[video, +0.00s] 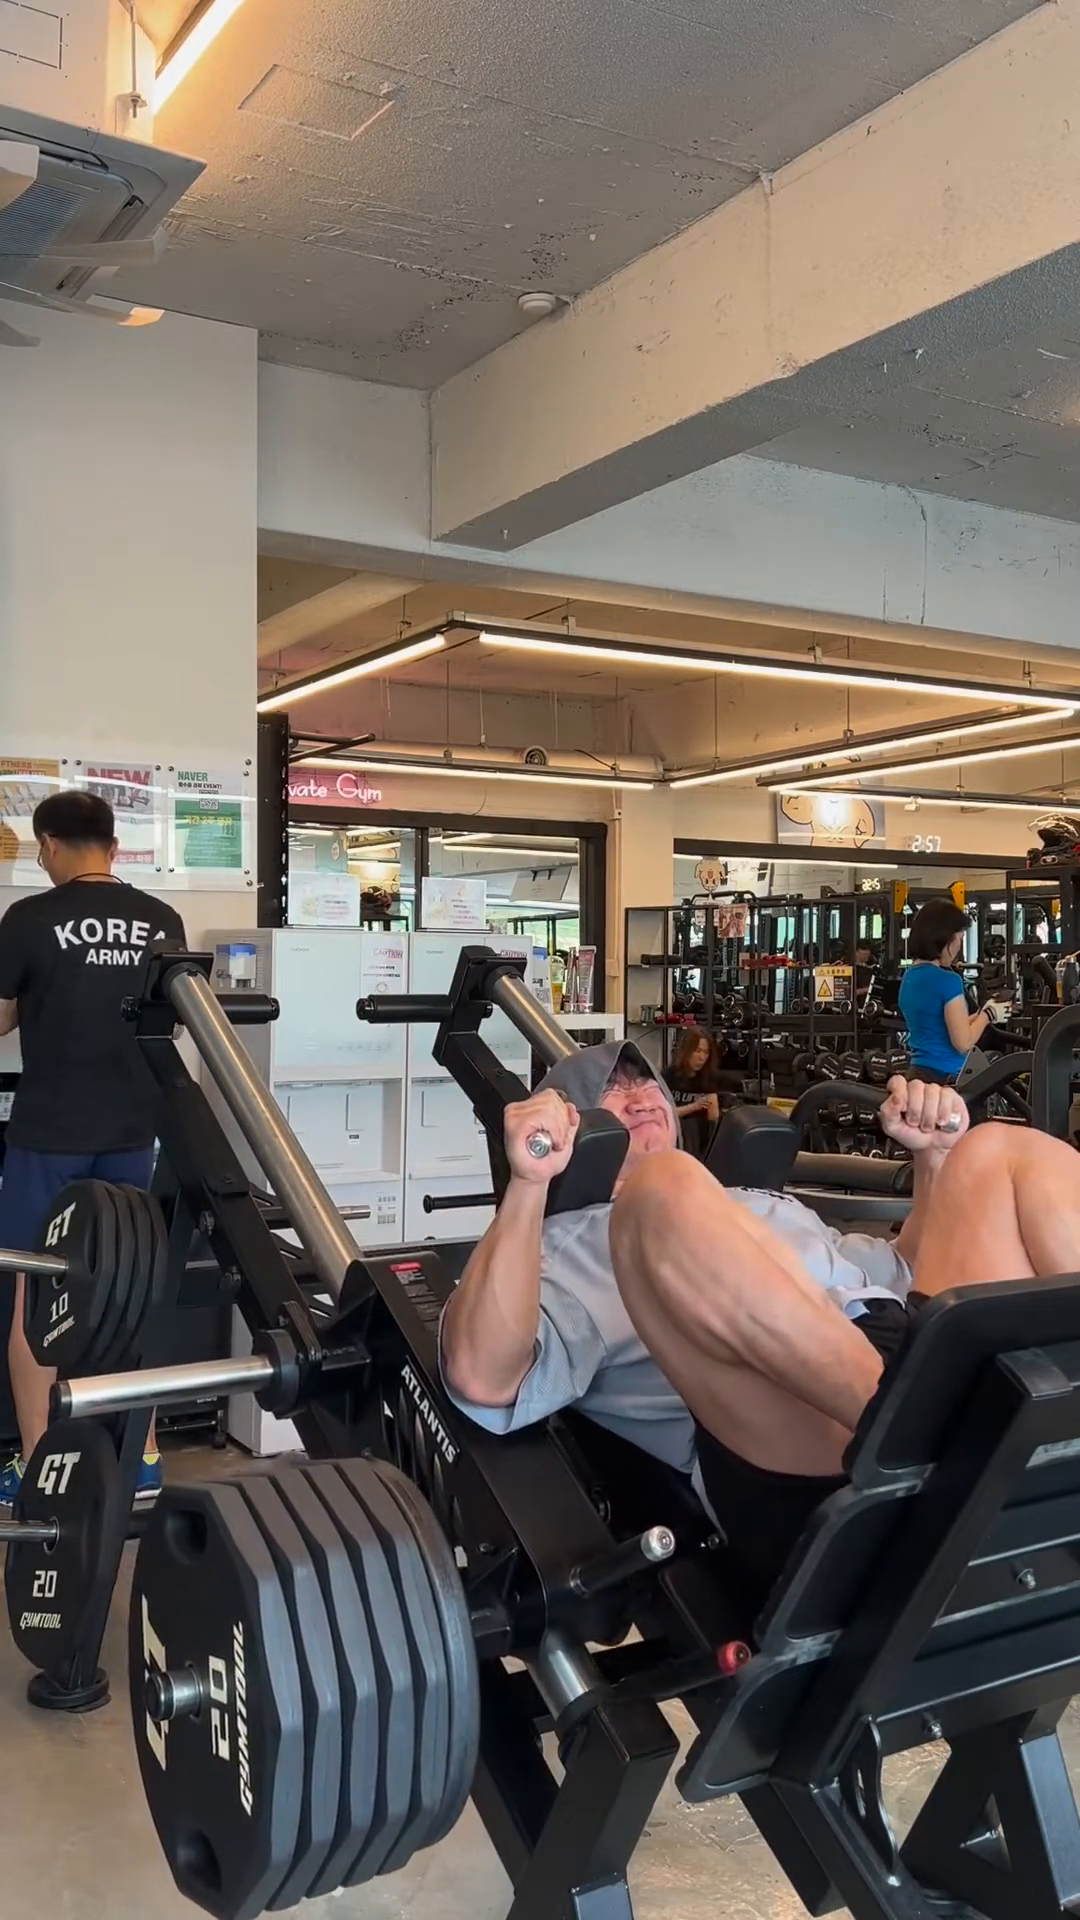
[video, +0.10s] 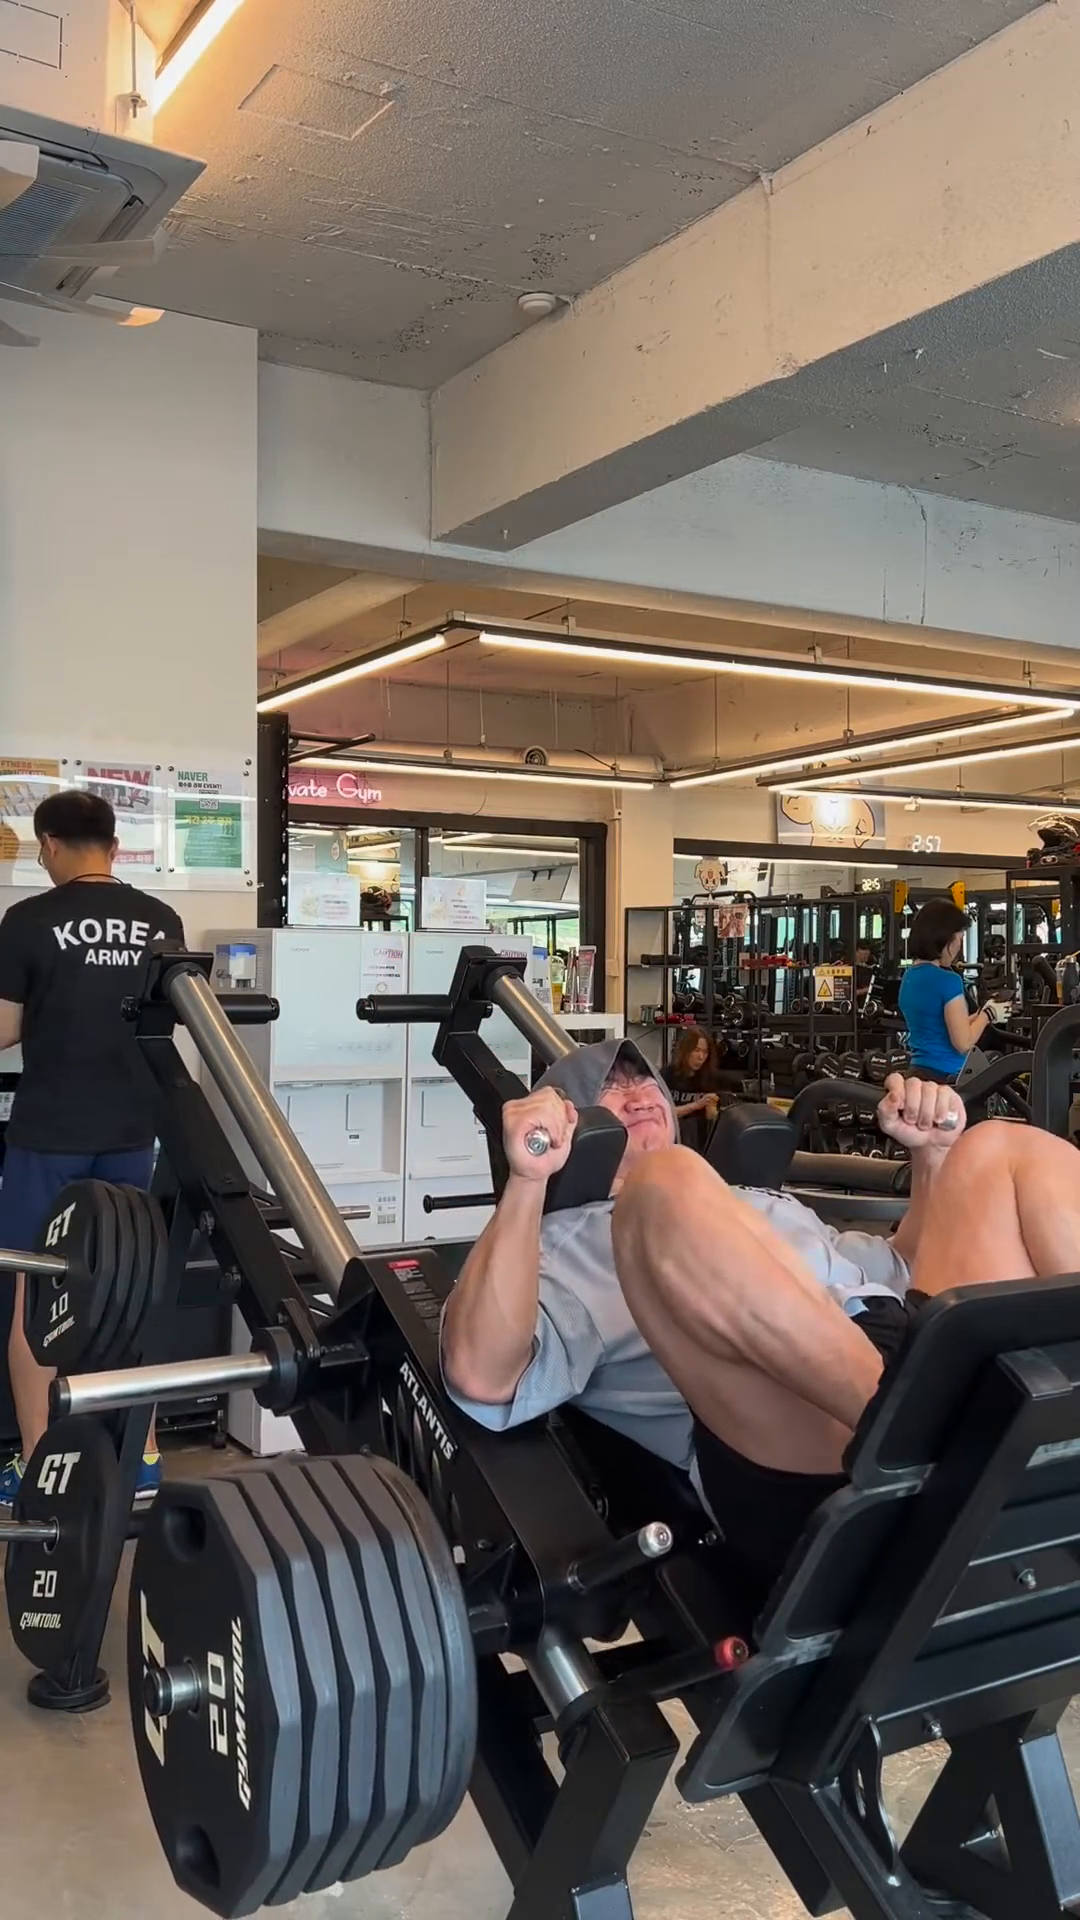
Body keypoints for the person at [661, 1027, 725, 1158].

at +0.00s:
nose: (702, 1057)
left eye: (706, 1052)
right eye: (697, 1051)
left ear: (709, 1055)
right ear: (686, 1051)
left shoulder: (709, 1080)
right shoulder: (667, 1078)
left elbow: (713, 1119)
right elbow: (659, 1114)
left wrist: (713, 1109)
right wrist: (693, 1107)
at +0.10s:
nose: (701, 1056)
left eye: (705, 1052)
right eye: (696, 1050)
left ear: (708, 1055)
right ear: (685, 1050)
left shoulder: (707, 1079)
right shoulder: (665, 1077)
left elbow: (712, 1118)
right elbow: (662, 1113)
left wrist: (711, 1105)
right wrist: (696, 1105)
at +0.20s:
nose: (700, 1056)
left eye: (704, 1051)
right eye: (695, 1050)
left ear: (707, 1055)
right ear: (683, 1050)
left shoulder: (706, 1078)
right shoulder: (664, 1076)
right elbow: (661, 1112)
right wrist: (698, 1104)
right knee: (688, 1124)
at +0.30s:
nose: (699, 1056)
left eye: (703, 1051)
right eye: (694, 1050)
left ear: (706, 1054)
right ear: (683, 1049)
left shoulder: (706, 1077)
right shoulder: (666, 1074)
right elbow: (667, 1111)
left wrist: (714, 1101)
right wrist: (698, 1104)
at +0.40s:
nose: (698, 1055)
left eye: (702, 1050)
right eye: (693, 1049)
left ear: (705, 1053)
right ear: (682, 1049)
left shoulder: (706, 1075)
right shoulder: (665, 1073)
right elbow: (667, 1112)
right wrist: (698, 1106)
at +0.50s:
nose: (697, 1055)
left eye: (701, 1050)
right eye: (692, 1049)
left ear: (705, 1053)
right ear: (681, 1048)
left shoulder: (704, 1076)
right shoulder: (665, 1073)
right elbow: (666, 1112)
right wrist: (695, 1107)